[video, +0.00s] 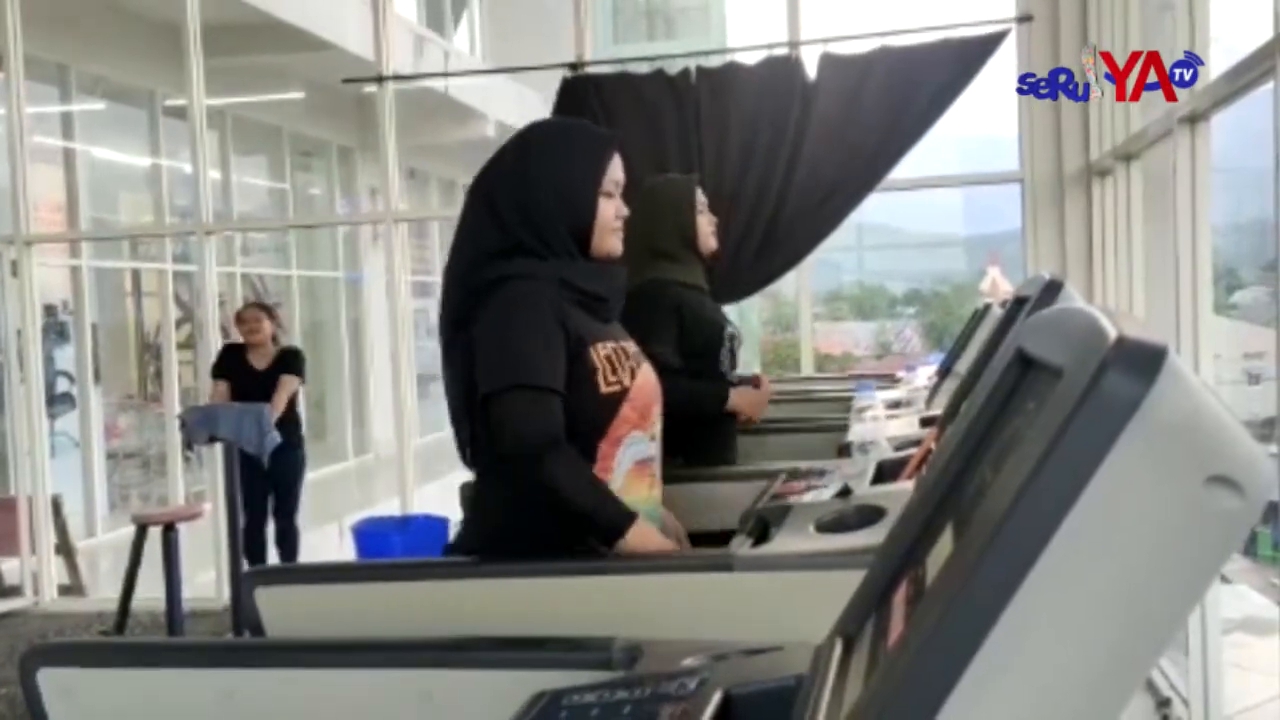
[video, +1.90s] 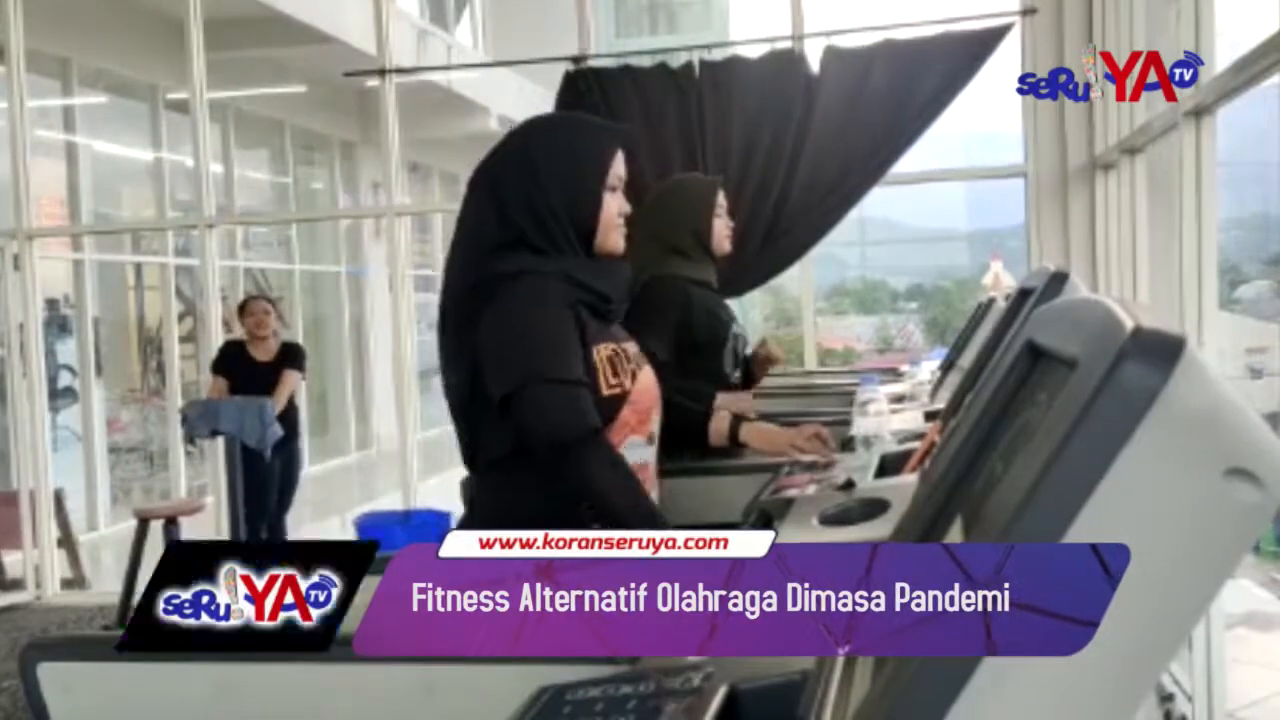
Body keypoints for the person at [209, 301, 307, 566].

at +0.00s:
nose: (251, 329)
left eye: (257, 322)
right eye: (245, 324)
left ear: (272, 324)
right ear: (238, 329)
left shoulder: (290, 357)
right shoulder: (230, 354)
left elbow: (282, 396)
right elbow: (220, 396)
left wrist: (263, 428)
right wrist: (217, 428)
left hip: (285, 439)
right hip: (246, 440)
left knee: (285, 513)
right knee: (254, 514)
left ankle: (288, 572)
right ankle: (257, 574)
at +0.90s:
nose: (253, 322)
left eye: (261, 316)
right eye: (249, 316)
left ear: (276, 322)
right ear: (243, 322)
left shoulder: (282, 352)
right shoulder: (237, 356)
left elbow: (280, 392)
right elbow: (223, 393)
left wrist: (271, 426)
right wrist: (207, 417)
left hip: (281, 429)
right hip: (253, 432)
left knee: (282, 493)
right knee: (268, 497)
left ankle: (293, 548)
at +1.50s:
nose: (251, 320)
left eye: (259, 314)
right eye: (246, 315)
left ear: (273, 320)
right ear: (239, 321)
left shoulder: (287, 352)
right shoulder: (229, 356)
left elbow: (281, 393)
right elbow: (218, 399)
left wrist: (266, 426)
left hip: (286, 436)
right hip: (247, 438)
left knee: (288, 509)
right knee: (257, 511)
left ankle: (295, 566)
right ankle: (260, 568)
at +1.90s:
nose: (260, 319)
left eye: (266, 313)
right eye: (252, 314)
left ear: (276, 318)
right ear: (242, 322)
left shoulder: (291, 352)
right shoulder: (231, 351)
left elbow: (283, 392)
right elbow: (217, 393)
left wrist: (262, 420)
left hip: (284, 436)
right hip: (245, 436)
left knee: (277, 510)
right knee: (254, 508)